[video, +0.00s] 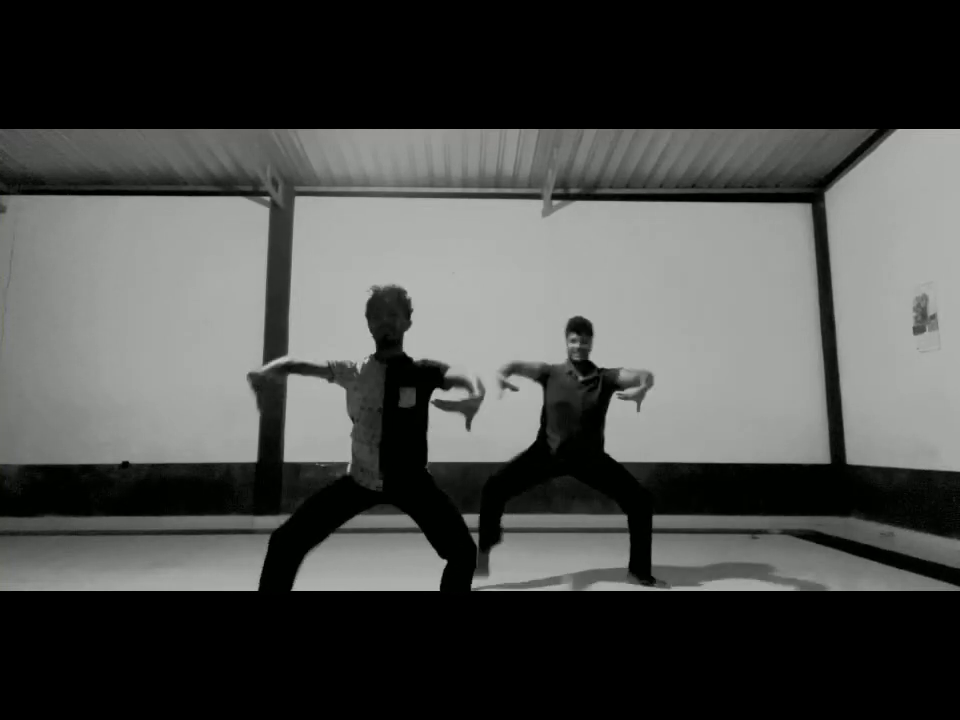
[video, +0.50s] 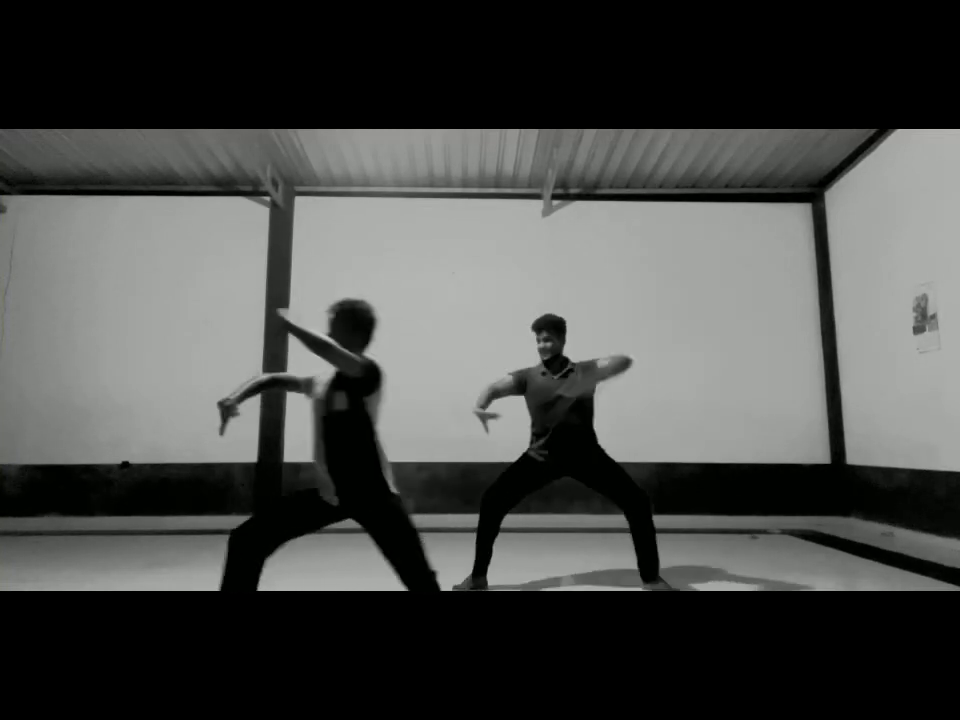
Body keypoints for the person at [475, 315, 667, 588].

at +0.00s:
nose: (579, 346)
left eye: (584, 341)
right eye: (574, 341)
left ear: (592, 343)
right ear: (566, 343)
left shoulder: (605, 377)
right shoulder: (550, 373)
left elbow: (645, 376)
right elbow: (515, 366)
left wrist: (641, 389)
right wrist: (502, 376)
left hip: (590, 458)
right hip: (547, 456)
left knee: (639, 500)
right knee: (495, 487)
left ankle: (640, 572)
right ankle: (483, 554)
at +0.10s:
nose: (565, 346)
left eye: (571, 342)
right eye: (560, 341)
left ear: (578, 344)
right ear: (553, 343)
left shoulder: (594, 378)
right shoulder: (537, 376)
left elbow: (632, 380)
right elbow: (498, 380)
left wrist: (632, 390)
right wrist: (495, 384)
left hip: (583, 458)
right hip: (539, 458)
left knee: (635, 506)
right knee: (493, 501)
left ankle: (639, 575)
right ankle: (477, 572)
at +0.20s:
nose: (554, 343)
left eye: (559, 338)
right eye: (549, 338)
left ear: (566, 342)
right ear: (541, 339)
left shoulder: (580, 374)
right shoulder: (523, 374)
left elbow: (625, 373)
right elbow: (486, 374)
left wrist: (619, 387)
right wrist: (495, 382)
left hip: (575, 456)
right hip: (531, 458)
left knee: (633, 494)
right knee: (487, 503)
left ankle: (639, 562)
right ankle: (477, 573)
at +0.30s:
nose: (546, 344)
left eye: (552, 339)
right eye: (541, 339)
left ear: (560, 343)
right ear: (533, 341)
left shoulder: (574, 371)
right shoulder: (517, 374)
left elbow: (620, 366)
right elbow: (480, 374)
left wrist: (618, 391)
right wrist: (488, 382)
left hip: (574, 451)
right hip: (532, 456)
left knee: (637, 479)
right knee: (489, 502)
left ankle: (639, 551)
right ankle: (477, 576)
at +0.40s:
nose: (543, 343)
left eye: (549, 338)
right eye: (538, 338)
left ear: (559, 339)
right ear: (533, 340)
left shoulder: (578, 368)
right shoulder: (521, 375)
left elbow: (623, 364)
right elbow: (481, 391)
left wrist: (622, 395)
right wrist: (480, 398)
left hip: (578, 450)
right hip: (536, 455)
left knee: (637, 496)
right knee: (492, 502)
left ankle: (648, 564)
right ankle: (477, 576)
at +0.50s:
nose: (543, 345)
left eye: (548, 339)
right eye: (539, 340)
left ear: (562, 341)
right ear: (536, 343)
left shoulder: (584, 371)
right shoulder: (527, 378)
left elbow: (625, 361)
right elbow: (493, 388)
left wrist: (594, 376)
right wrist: (479, 406)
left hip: (584, 456)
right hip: (540, 459)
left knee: (637, 501)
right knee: (492, 502)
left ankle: (651, 579)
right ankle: (478, 577)